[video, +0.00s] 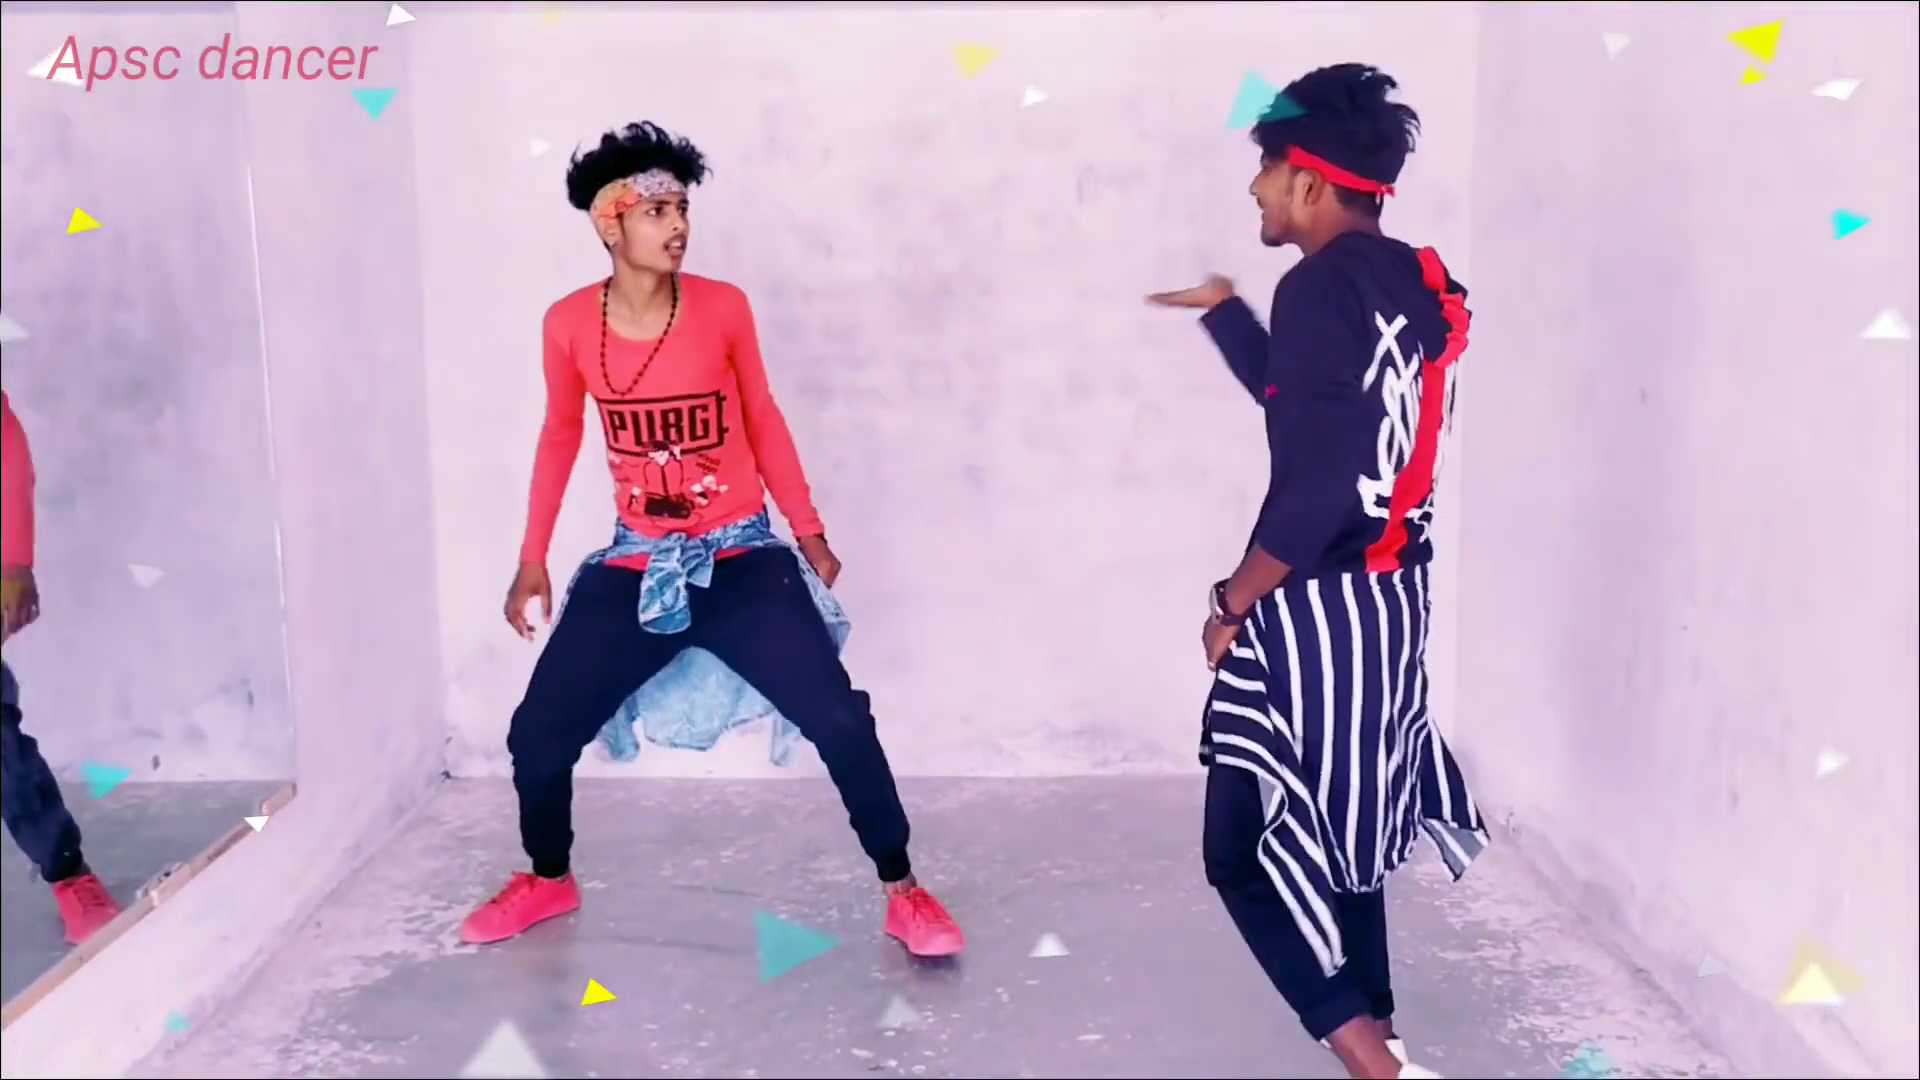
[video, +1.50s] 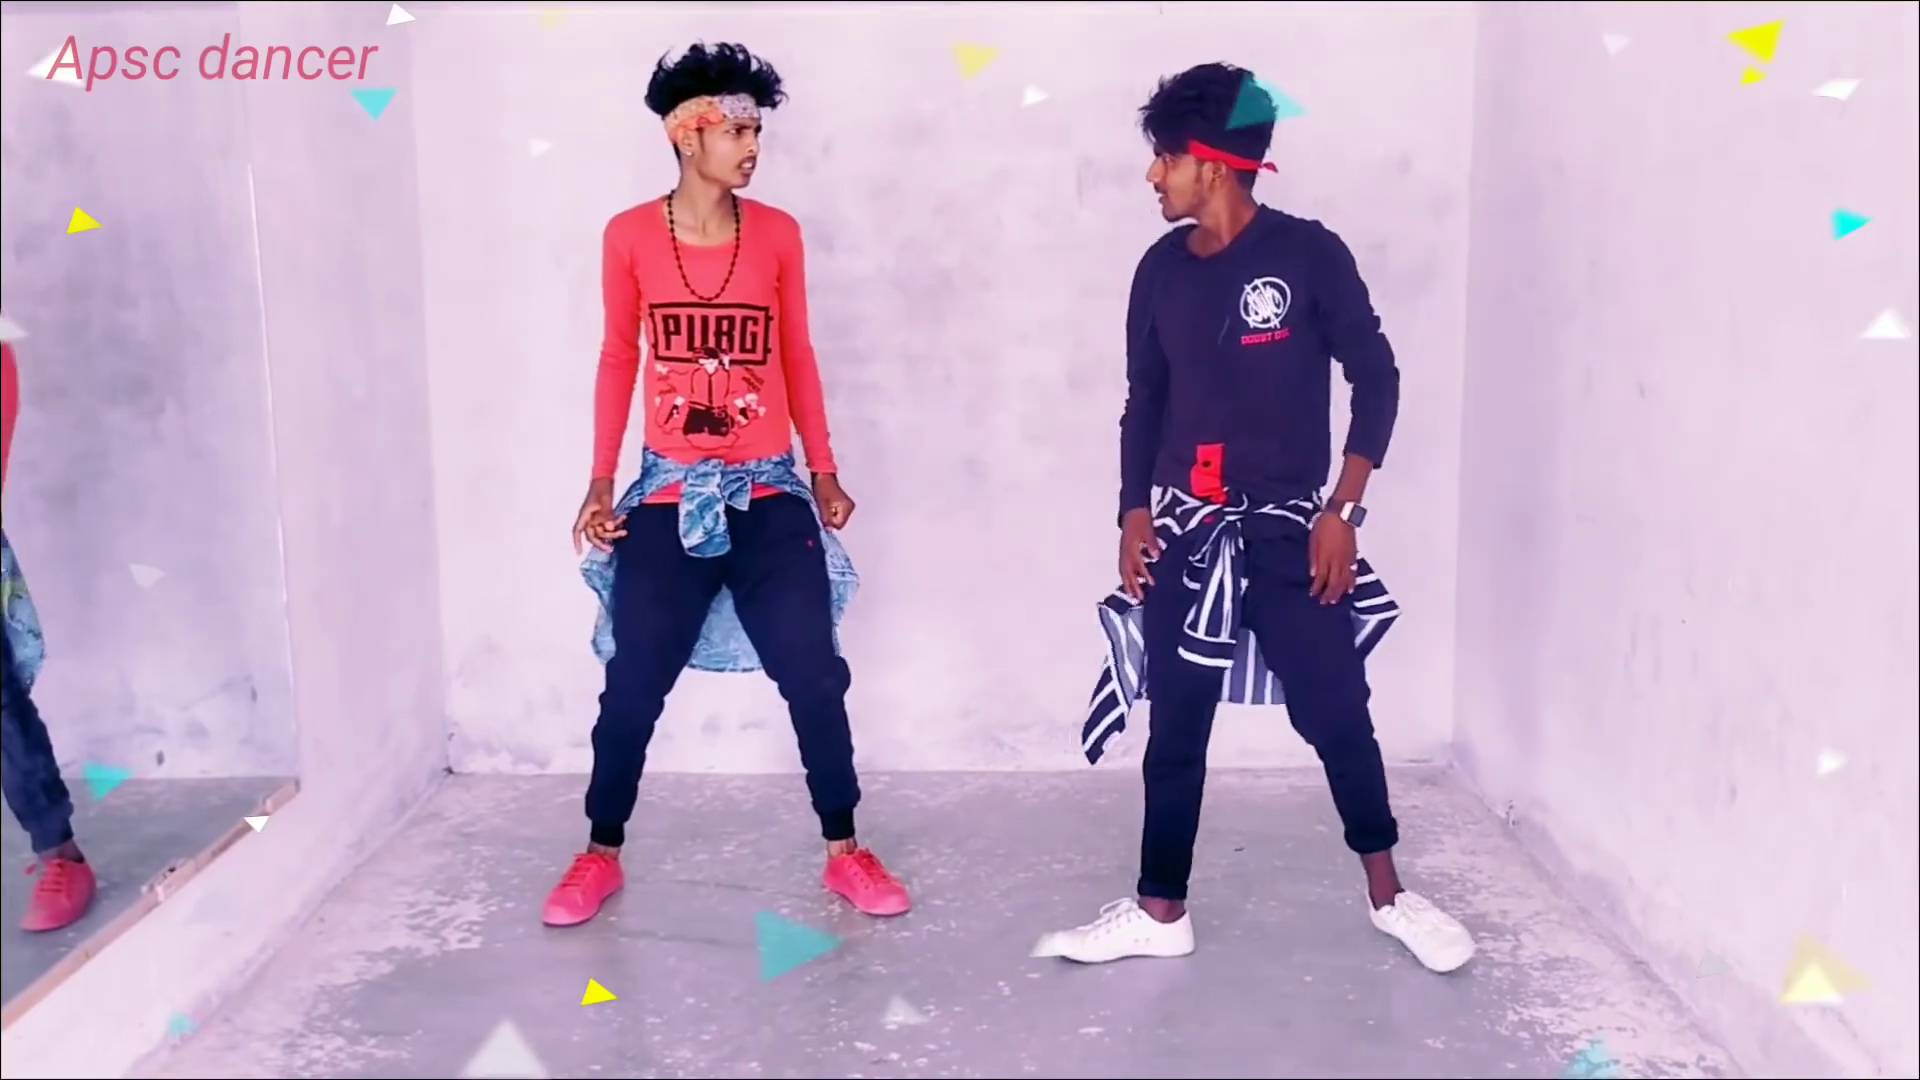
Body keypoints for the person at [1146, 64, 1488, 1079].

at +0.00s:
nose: (1256, 184)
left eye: (1268, 164)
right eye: (1262, 162)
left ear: (1313, 178)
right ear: (1347, 183)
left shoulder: (1318, 286)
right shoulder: (1400, 279)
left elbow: (1322, 475)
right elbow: (1299, 405)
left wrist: (1236, 599)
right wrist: (1224, 309)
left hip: (1307, 606)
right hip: (1377, 600)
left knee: (1238, 849)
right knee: (1347, 843)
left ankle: (1375, 1065)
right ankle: (1371, 1059)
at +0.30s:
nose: (1213, 187)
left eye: (1228, 172)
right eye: (1222, 168)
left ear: (1264, 188)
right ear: (1307, 196)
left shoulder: (1198, 289)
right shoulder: (1384, 297)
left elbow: (1169, 421)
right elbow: (1502, 415)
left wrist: (1173, 545)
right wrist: (1446, 348)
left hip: (1246, 596)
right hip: (1355, 593)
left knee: (1158, 795)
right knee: (1333, 808)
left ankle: (1242, 1029)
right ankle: (1378, 1028)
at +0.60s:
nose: (1120, 183)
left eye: (1128, 164)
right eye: (1124, 163)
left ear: (1167, 168)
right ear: (1211, 168)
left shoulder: (1185, 264)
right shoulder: (1282, 265)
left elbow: (1205, 435)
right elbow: (1339, 429)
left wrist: (1142, 545)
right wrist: (1269, 512)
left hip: (1196, 551)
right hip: (1256, 548)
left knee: (1140, 773)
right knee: (1192, 752)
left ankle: (1209, 1018)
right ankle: (1293, 934)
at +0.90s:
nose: (1083, 200)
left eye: (1089, 179)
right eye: (1082, 180)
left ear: (1133, 171)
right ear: (1140, 169)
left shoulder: (1216, 263)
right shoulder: (1167, 268)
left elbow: (1283, 408)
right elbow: (1181, 411)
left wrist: (1152, 494)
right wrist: (1112, 451)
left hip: (1196, 553)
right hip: (1147, 543)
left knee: (1161, 770)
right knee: (1120, 743)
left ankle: (1218, 1016)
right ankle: (1153, 914)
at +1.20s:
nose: (1084, 206)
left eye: (1093, 185)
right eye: (1080, 186)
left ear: (1145, 175)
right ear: (1121, 183)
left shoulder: (1251, 249)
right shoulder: (1116, 270)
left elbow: (1324, 379)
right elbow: (1125, 390)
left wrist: (1231, 469)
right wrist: (1094, 476)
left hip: (1228, 534)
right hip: (1136, 533)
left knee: (1218, 735)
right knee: (1132, 734)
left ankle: (1261, 942)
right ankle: (1153, 915)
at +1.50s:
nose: (1152, 174)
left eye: (1167, 158)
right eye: (1155, 156)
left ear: (1218, 165)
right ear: (1199, 165)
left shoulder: (1310, 256)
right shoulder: (1159, 268)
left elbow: (1376, 377)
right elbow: (1143, 395)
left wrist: (1344, 507)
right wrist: (1133, 512)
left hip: (1288, 526)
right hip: (1184, 530)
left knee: (1336, 716)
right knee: (1174, 723)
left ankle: (1387, 893)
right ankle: (1159, 909)